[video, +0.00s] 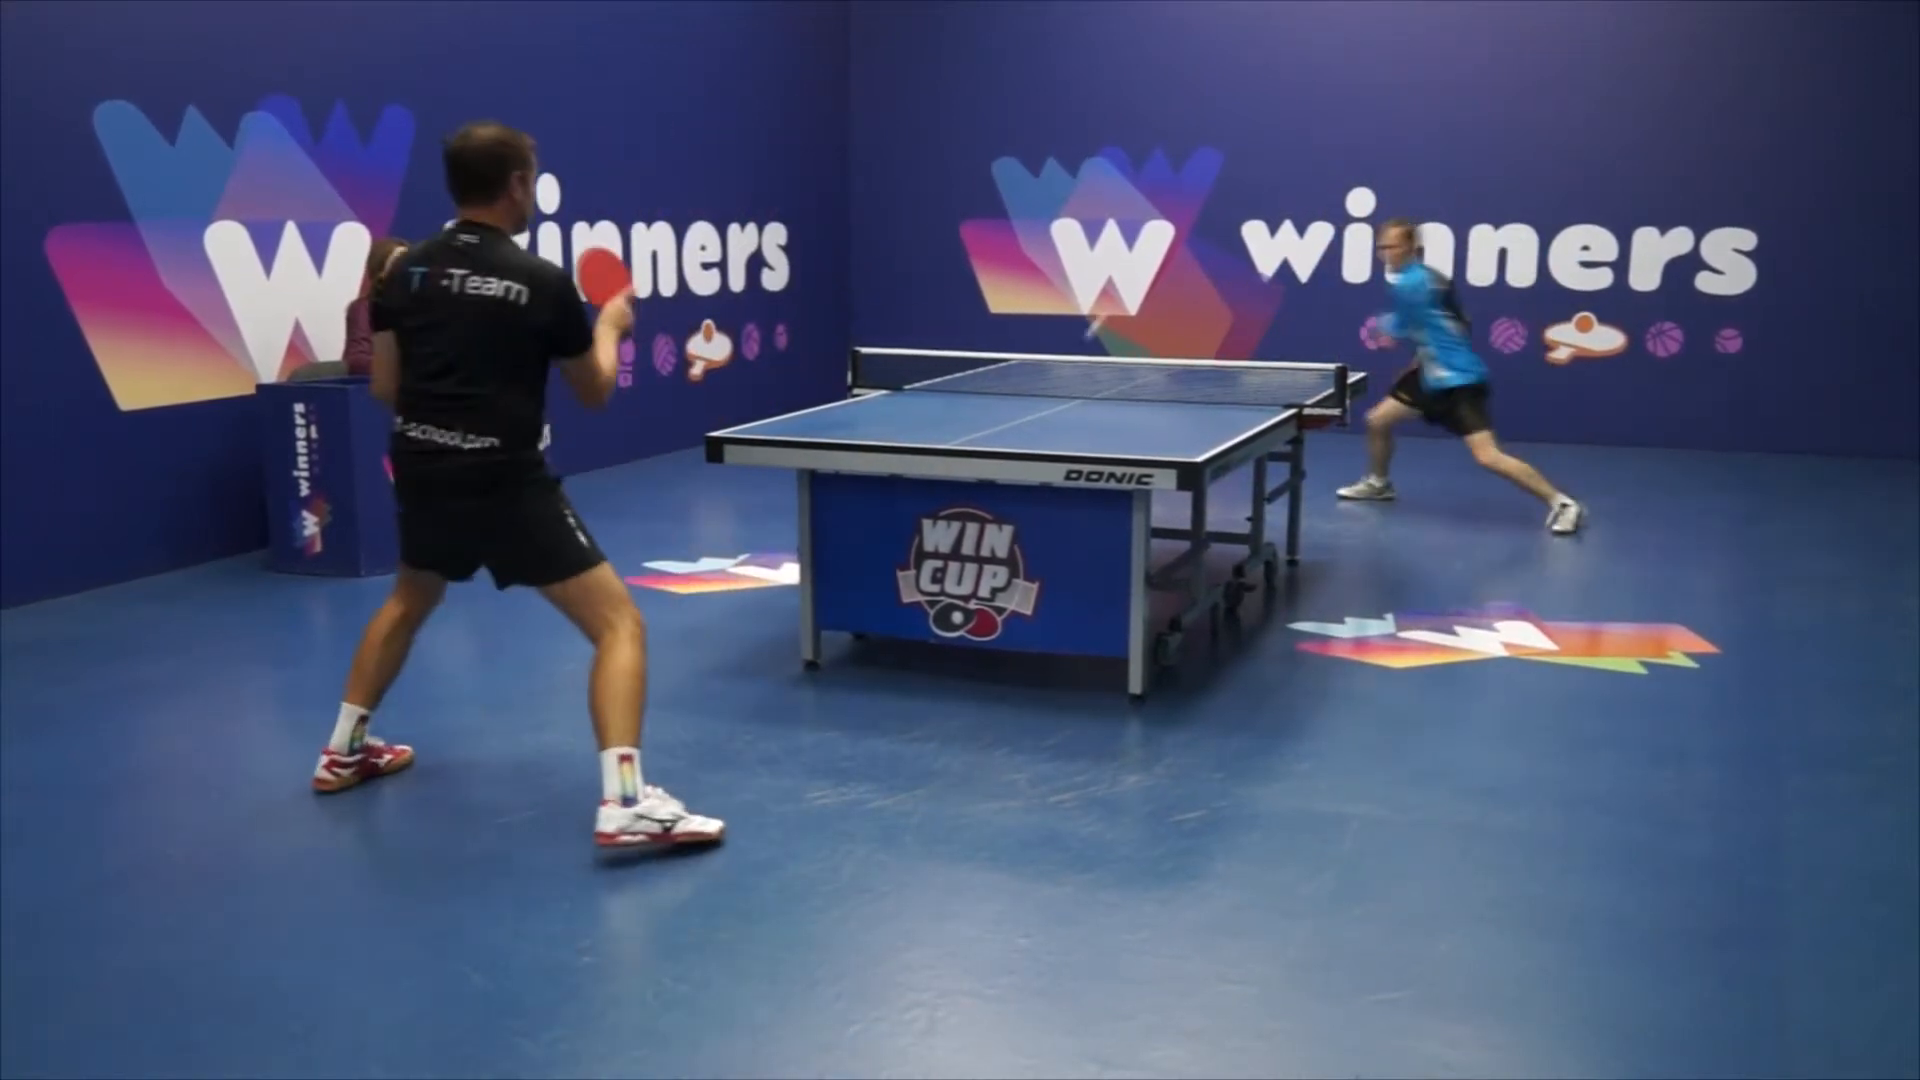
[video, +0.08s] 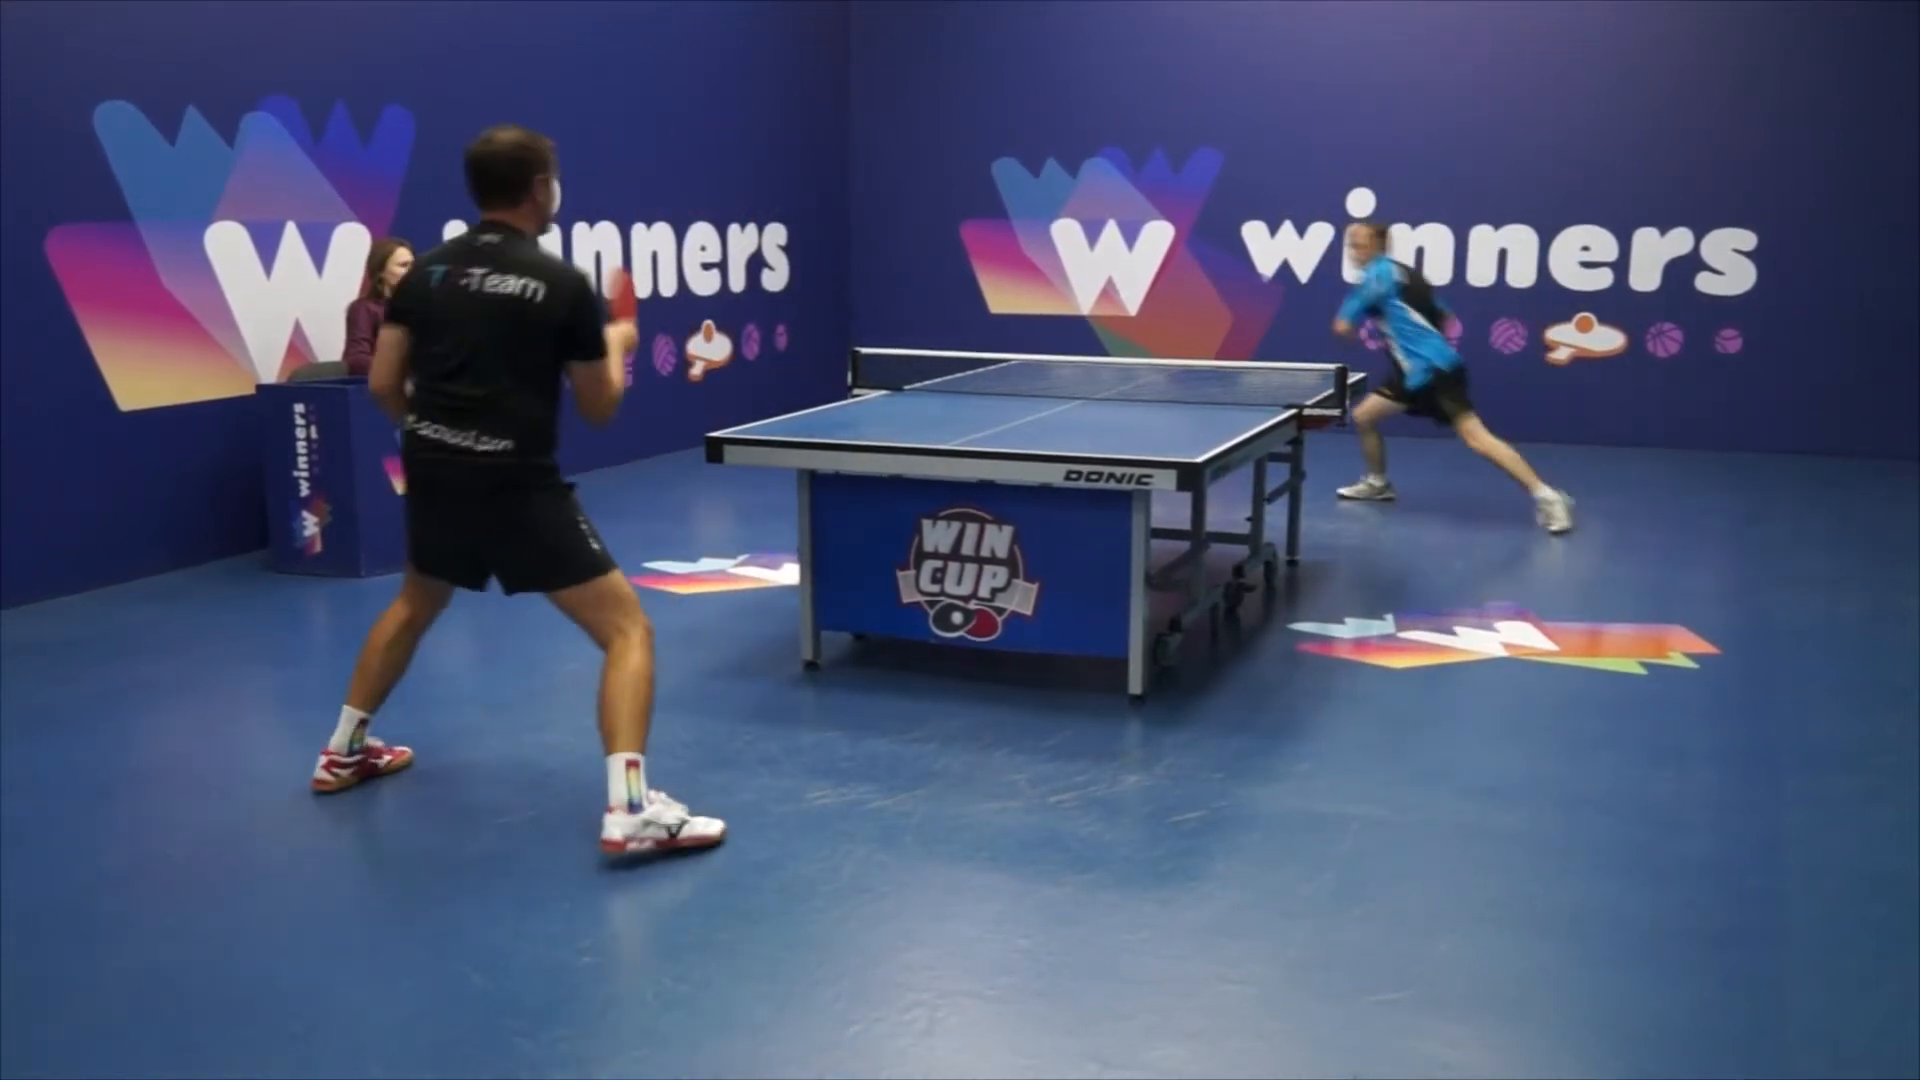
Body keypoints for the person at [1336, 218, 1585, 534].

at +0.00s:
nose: (1387, 254)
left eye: (1394, 247)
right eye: (1383, 247)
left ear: (1412, 248)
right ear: (1381, 249)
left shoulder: (1416, 282)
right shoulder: (1409, 281)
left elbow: (1404, 322)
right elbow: (1425, 325)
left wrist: (1384, 328)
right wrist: (1388, 332)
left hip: (1461, 379)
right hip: (1430, 376)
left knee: (1487, 455)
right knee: (1377, 420)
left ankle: (1561, 504)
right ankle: (1378, 483)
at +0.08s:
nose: (1355, 251)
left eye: (1361, 245)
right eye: (1352, 245)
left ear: (1378, 245)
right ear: (1352, 245)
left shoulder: (1380, 272)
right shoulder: (1400, 274)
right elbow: (1442, 317)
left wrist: (1347, 317)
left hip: (1438, 370)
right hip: (1413, 374)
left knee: (1476, 438)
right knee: (1363, 416)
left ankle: (1547, 497)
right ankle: (1377, 482)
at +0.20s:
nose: (1314, 235)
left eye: (1320, 228)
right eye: (1311, 228)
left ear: (1338, 228)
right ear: (1313, 229)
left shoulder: (1352, 248)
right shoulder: (1337, 261)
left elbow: (1380, 263)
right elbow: (1360, 296)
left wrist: (1343, 308)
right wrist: (1345, 328)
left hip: (1408, 345)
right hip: (1386, 357)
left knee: (1433, 413)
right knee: (1354, 417)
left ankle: (1484, 481)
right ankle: (1375, 481)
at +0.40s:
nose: (1280, 207)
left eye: (1287, 200)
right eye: (1276, 201)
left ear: (1305, 200)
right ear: (1273, 204)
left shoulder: (1328, 231)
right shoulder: (1275, 236)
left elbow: (1370, 244)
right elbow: (1241, 258)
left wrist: (1344, 258)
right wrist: (1281, 245)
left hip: (1339, 322)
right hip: (1304, 327)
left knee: (1321, 398)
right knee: (1299, 397)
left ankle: (1311, 471)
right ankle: (1347, 455)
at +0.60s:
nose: (1250, 231)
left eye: (1257, 224)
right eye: (1245, 224)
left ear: (1268, 228)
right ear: (1237, 226)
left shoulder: (1281, 266)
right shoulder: (1226, 262)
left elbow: (1308, 299)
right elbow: (1201, 304)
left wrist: (1326, 331)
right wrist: (1231, 283)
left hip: (1273, 357)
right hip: (1231, 357)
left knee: (1284, 418)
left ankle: (1293, 478)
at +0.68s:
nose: (1242, 228)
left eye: (1249, 222)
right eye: (1238, 220)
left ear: (1261, 225)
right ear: (1231, 222)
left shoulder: (1276, 264)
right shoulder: (1217, 259)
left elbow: (1292, 304)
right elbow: (1195, 306)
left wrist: (1303, 341)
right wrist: (1221, 290)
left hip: (1260, 353)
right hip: (1217, 352)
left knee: (1286, 408)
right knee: (1203, 411)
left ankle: (1296, 474)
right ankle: (1195, 471)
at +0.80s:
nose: (1246, 206)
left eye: (1253, 200)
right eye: (1241, 199)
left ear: (1264, 205)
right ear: (1233, 201)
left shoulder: (1277, 244)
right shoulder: (1218, 240)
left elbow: (1297, 287)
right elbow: (1193, 285)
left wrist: (1313, 326)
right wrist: (1214, 281)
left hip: (1267, 339)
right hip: (1226, 339)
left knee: (1285, 402)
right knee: (1199, 398)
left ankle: (1306, 467)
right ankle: (1187, 467)